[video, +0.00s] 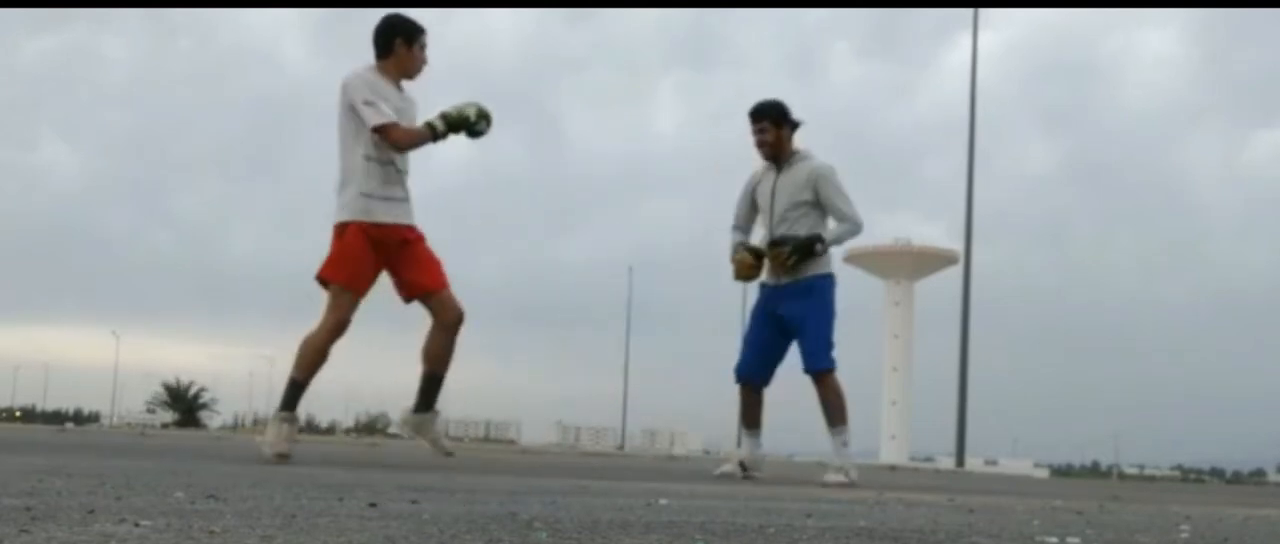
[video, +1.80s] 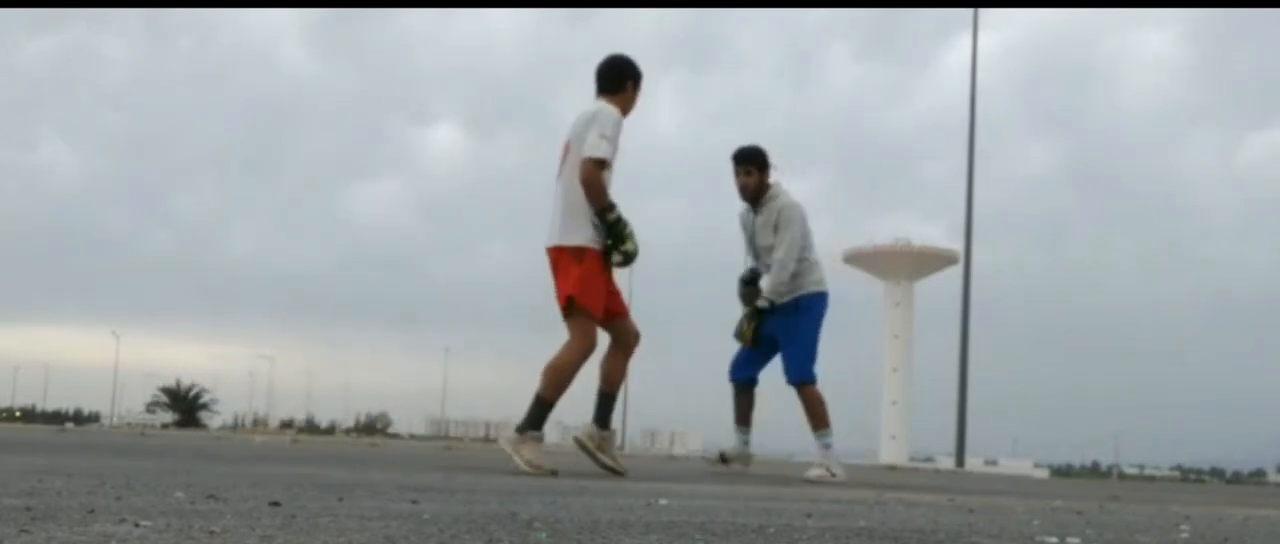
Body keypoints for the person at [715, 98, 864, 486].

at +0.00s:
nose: (758, 141)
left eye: (764, 133)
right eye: (755, 134)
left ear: (787, 131)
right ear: (755, 136)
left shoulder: (817, 173)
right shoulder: (759, 179)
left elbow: (852, 223)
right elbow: (740, 228)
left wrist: (816, 242)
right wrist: (741, 252)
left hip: (812, 288)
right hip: (773, 290)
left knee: (820, 369)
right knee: (749, 374)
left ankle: (843, 461)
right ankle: (748, 458)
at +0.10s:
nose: (770, 138)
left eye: (776, 129)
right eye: (766, 131)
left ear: (798, 128)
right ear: (764, 135)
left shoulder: (828, 170)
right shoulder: (773, 183)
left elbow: (856, 224)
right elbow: (776, 238)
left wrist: (818, 251)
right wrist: (764, 258)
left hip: (826, 285)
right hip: (789, 288)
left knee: (824, 368)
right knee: (764, 374)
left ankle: (841, 462)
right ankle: (753, 456)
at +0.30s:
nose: (781, 134)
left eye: (787, 126)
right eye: (778, 128)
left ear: (809, 125)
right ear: (780, 130)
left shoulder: (833, 158)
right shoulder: (800, 171)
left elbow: (870, 204)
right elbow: (818, 223)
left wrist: (833, 237)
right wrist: (797, 241)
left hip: (842, 278)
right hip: (811, 279)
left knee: (840, 366)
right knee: (785, 364)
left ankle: (844, 463)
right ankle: (801, 450)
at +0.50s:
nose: (789, 135)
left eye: (795, 127)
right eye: (785, 128)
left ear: (816, 125)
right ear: (788, 130)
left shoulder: (836, 156)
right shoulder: (810, 168)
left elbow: (871, 206)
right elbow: (818, 218)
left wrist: (840, 245)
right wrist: (803, 239)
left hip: (846, 273)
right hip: (825, 273)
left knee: (837, 364)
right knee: (822, 366)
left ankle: (846, 457)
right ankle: (854, 448)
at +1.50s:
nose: (765, 174)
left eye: (771, 166)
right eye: (761, 168)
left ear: (788, 166)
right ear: (759, 171)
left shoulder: (810, 196)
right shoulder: (772, 211)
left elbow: (839, 240)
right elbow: (786, 260)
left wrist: (810, 271)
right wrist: (770, 283)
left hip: (830, 292)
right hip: (803, 298)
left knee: (808, 369)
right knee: (791, 376)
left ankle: (833, 457)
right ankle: (816, 456)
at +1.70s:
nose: (755, 180)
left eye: (761, 172)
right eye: (752, 173)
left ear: (779, 172)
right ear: (750, 175)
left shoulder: (806, 206)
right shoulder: (757, 219)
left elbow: (812, 260)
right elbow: (770, 266)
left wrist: (774, 289)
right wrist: (760, 294)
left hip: (814, 298)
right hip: (784, 302)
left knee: (804, 373)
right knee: (748, 368)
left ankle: (830, 458)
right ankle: (782, 440)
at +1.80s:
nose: (742, 182)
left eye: (748, 175)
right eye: (738, 175)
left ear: (764, 175)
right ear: (736, 178)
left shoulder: (788, 209)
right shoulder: (747, 216)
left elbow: (784, 266)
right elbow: (755, 261)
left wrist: (762, 301)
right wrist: (749, 280)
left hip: (804, 299)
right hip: (773, 301)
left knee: (800, 375)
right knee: (742, 371)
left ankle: (828, 459)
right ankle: (741, 449)